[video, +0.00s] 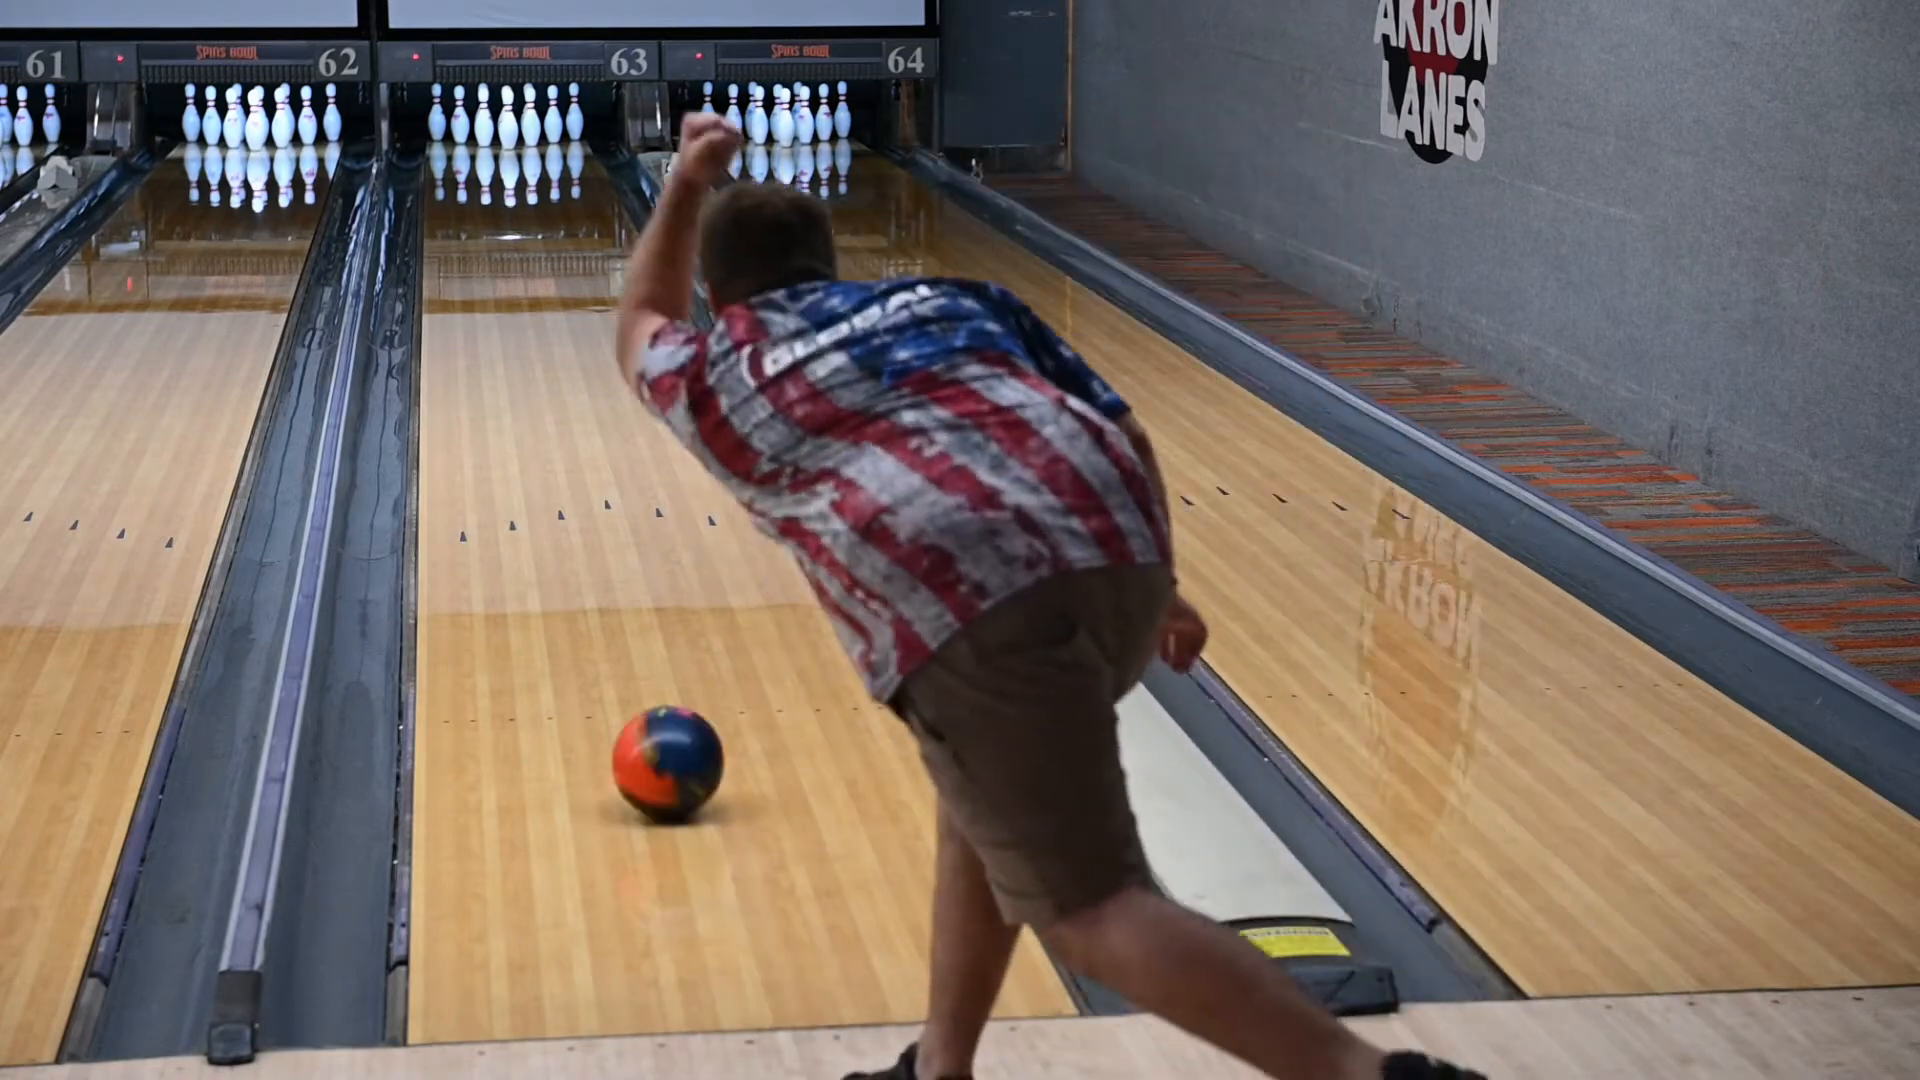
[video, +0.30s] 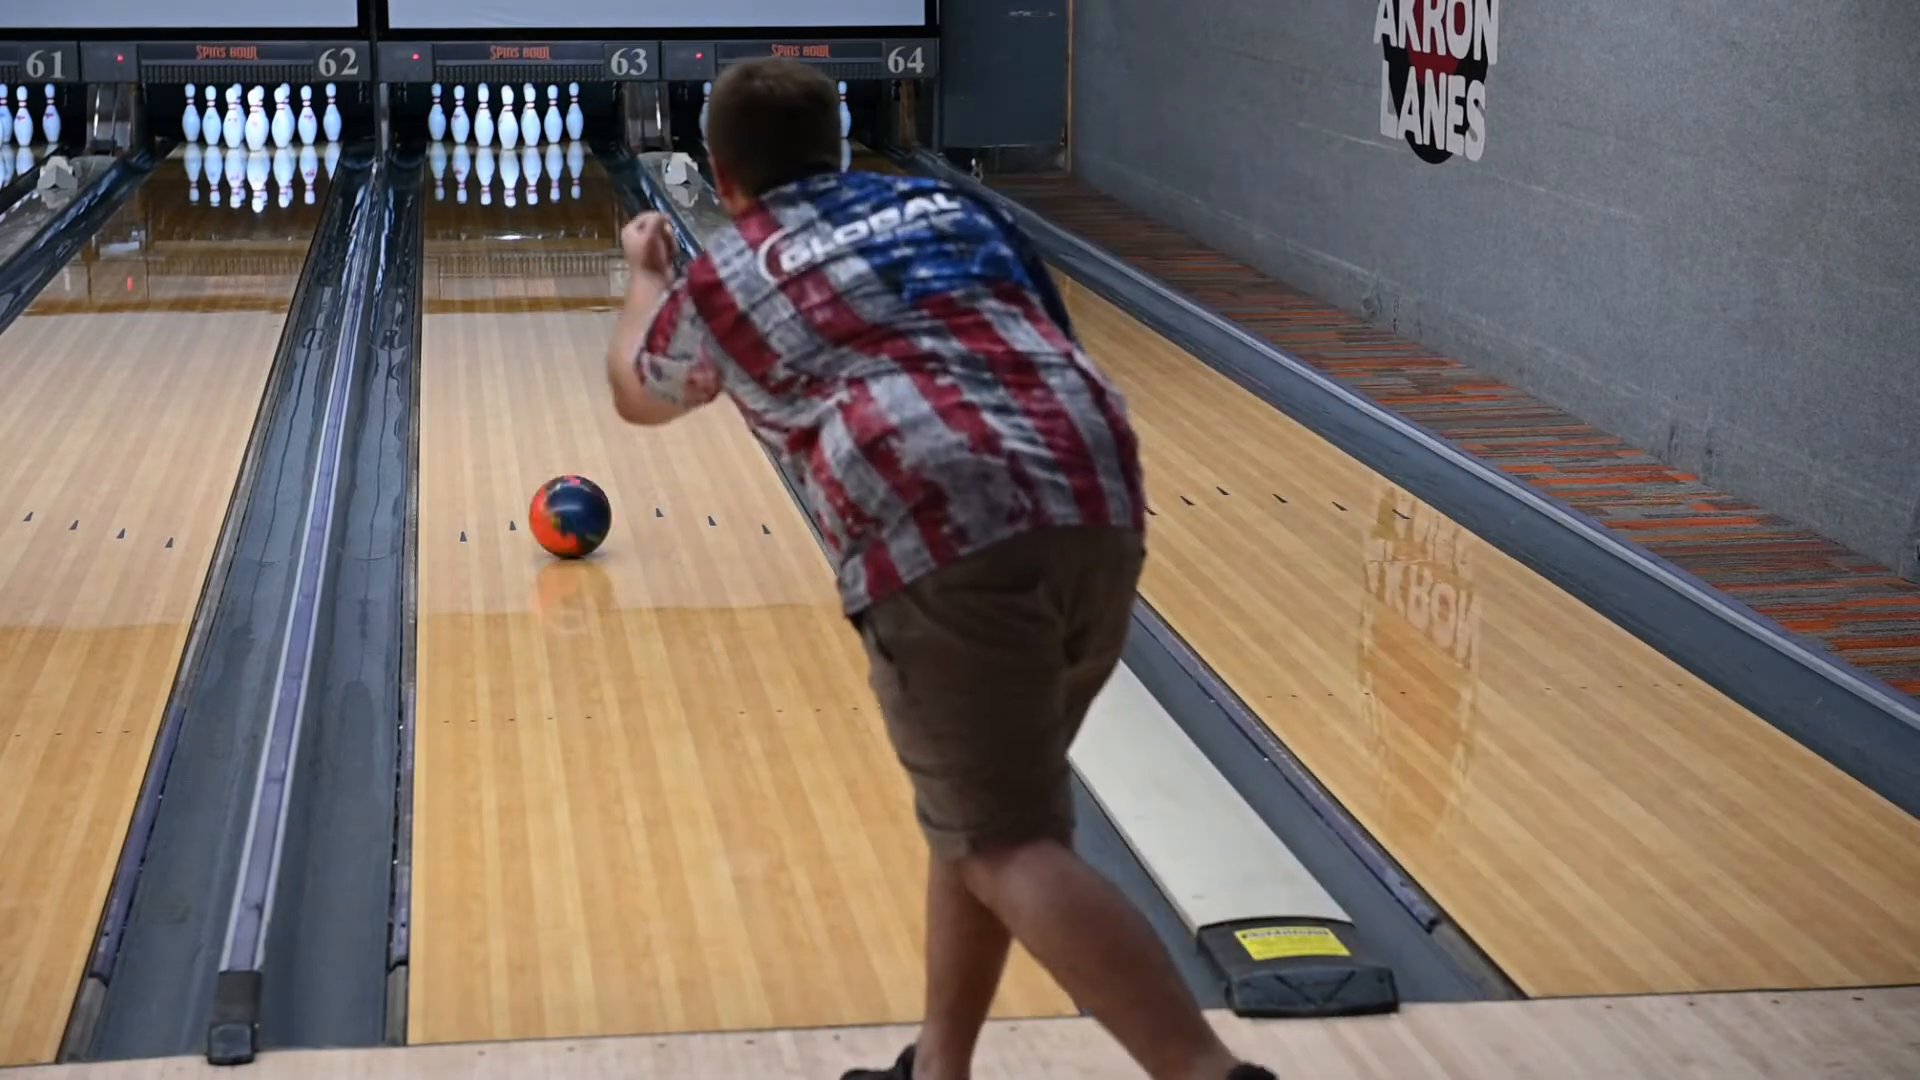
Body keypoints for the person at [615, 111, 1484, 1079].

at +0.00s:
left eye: (703, 300)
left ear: (719, 302)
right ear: (829, 264)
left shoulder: (724, 359)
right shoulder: (958, 296)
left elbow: (641, 323)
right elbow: (1119, 431)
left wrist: (677, 189)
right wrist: (1157, 589)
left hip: (971, 600)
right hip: (1120, 560)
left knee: (1094, 908)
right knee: (974, 795)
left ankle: (1367, 1068)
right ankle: (938, 1066)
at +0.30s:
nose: (714, 181)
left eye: (714, 169)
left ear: (726, 178)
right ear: (838, 148)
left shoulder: (728, 275)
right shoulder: (947, 201)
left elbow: (640, 392)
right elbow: (1053, 331)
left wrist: (645, 280)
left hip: (946, 531)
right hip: (1101, 504)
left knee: (1009, 841)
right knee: (979, 817)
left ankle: (1208, 1071)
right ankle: (936, 1069)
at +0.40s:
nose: (715, 185)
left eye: (714, 170)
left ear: (725, 177)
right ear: (839, 147)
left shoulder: (722, 286)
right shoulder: (946, 202)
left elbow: (681, 454)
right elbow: (1051, 336)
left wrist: (666, 406)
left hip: (939, 536)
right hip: (1095, 507)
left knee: (989, 851)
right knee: (977, 819)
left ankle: (1179, 1072)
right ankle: (932, 1070)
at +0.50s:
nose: (714, 178)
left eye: (713, 163)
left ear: (724, 170)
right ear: (840, 140)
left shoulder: (717, 295)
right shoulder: (958, 202)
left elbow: (715, 487)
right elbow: (1067, 348)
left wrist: (733, 514)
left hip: (931, 554)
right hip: (1092, 525)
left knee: (975, 856)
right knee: (973, 825)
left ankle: (1145, 1072)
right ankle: (931, 1069)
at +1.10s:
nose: (765, 37)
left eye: (763, 25)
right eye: (776, 23)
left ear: (773, 32)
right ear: (889, 20)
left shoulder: (743, 178)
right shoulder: (1002, 122)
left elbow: (685, 406)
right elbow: (1105, 293)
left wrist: (668, 574)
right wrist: (1067, 433)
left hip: (883, 546)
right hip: (1042, 528)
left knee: (840, 800)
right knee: (943, 793)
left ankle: (953, 1069)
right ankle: (932, 1057)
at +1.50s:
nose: (801, 18)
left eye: (803, 9)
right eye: (809, 9)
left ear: (818, 11)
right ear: (934, 1)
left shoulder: (764, 148)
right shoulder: (1035, 117)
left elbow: (700, 380)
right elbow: (1121, 297)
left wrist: (778, 455)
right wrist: (1079, 424)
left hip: (847, 542)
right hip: (1022, 526)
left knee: (801, 795)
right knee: (950, 791)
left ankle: (868, 1066)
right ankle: (936, 1065)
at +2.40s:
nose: (979, 19)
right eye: (975, 9)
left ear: (836, 1)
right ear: (964, 11)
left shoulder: (735, 131)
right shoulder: (998, 183)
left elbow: (693, 323)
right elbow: (1083, 428)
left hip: (771, 585)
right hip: (948, 612)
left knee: (831, 911)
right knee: (998, 949)